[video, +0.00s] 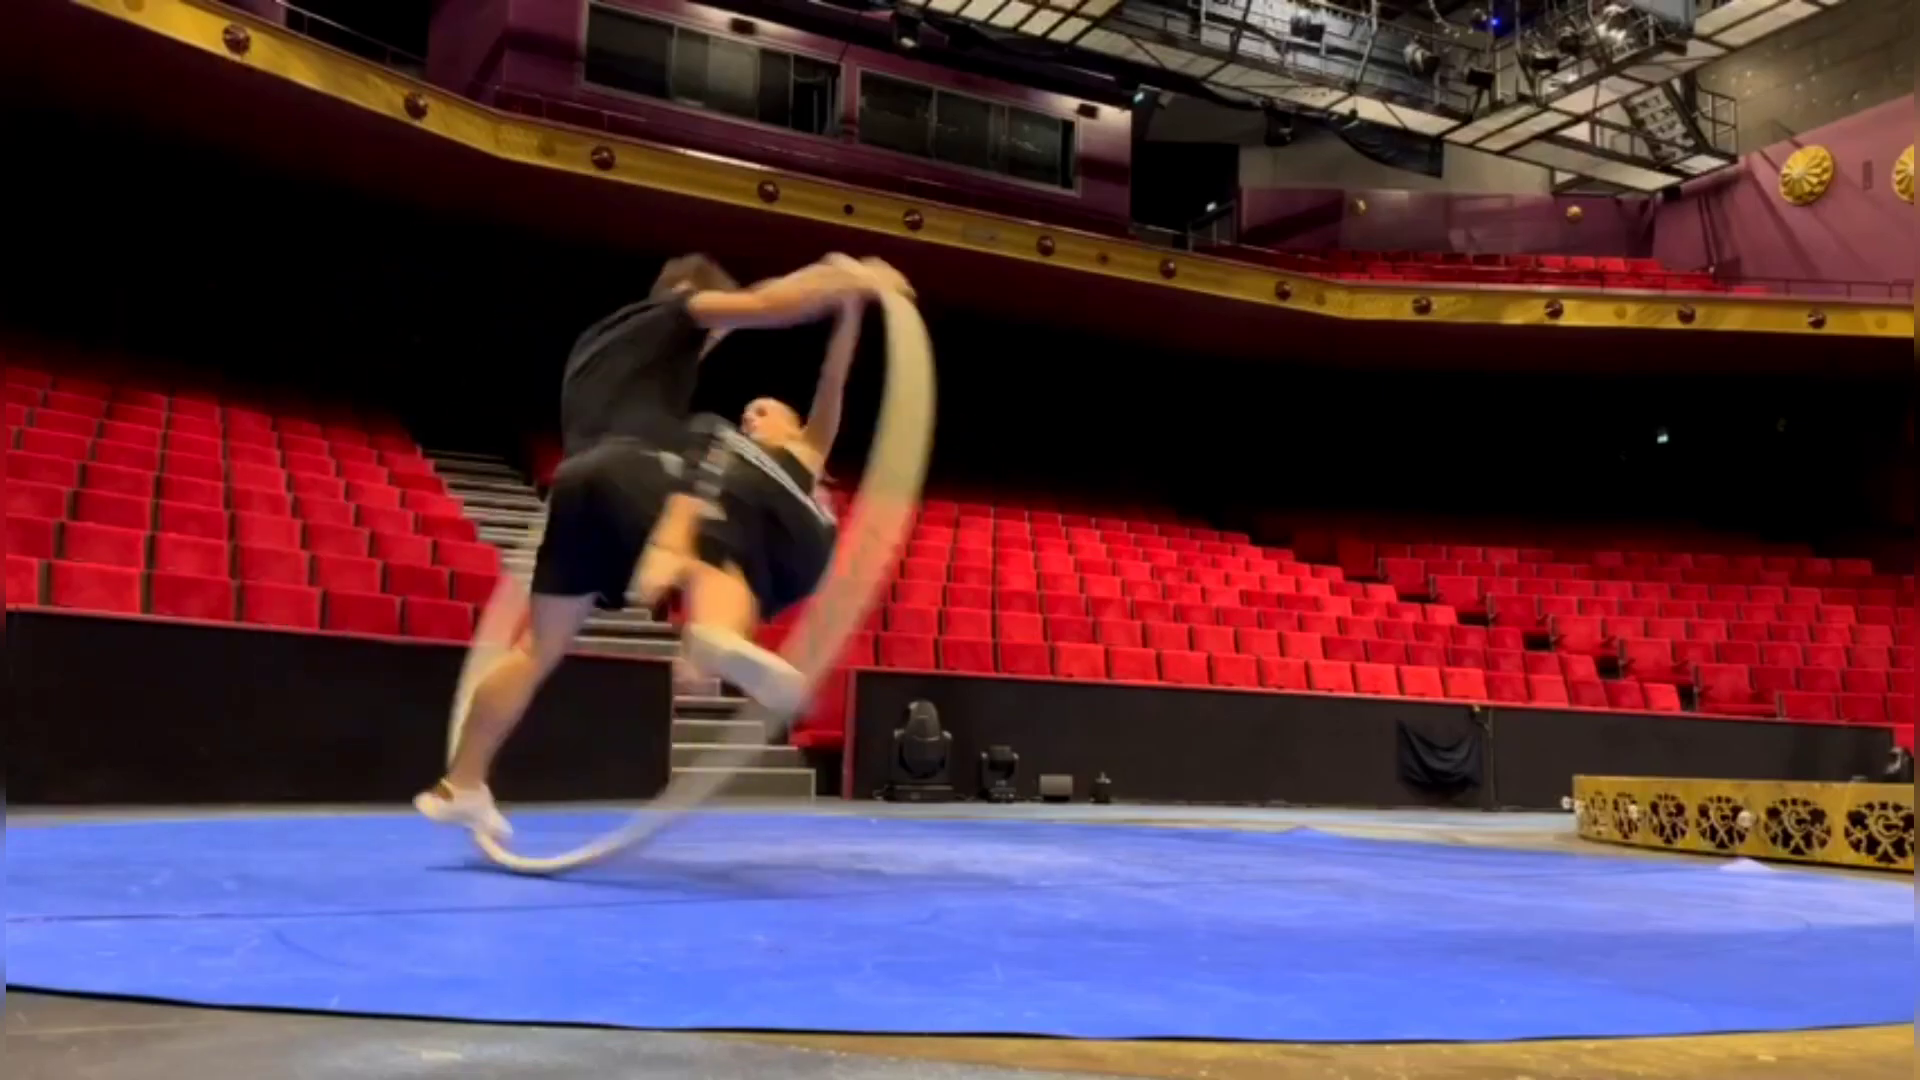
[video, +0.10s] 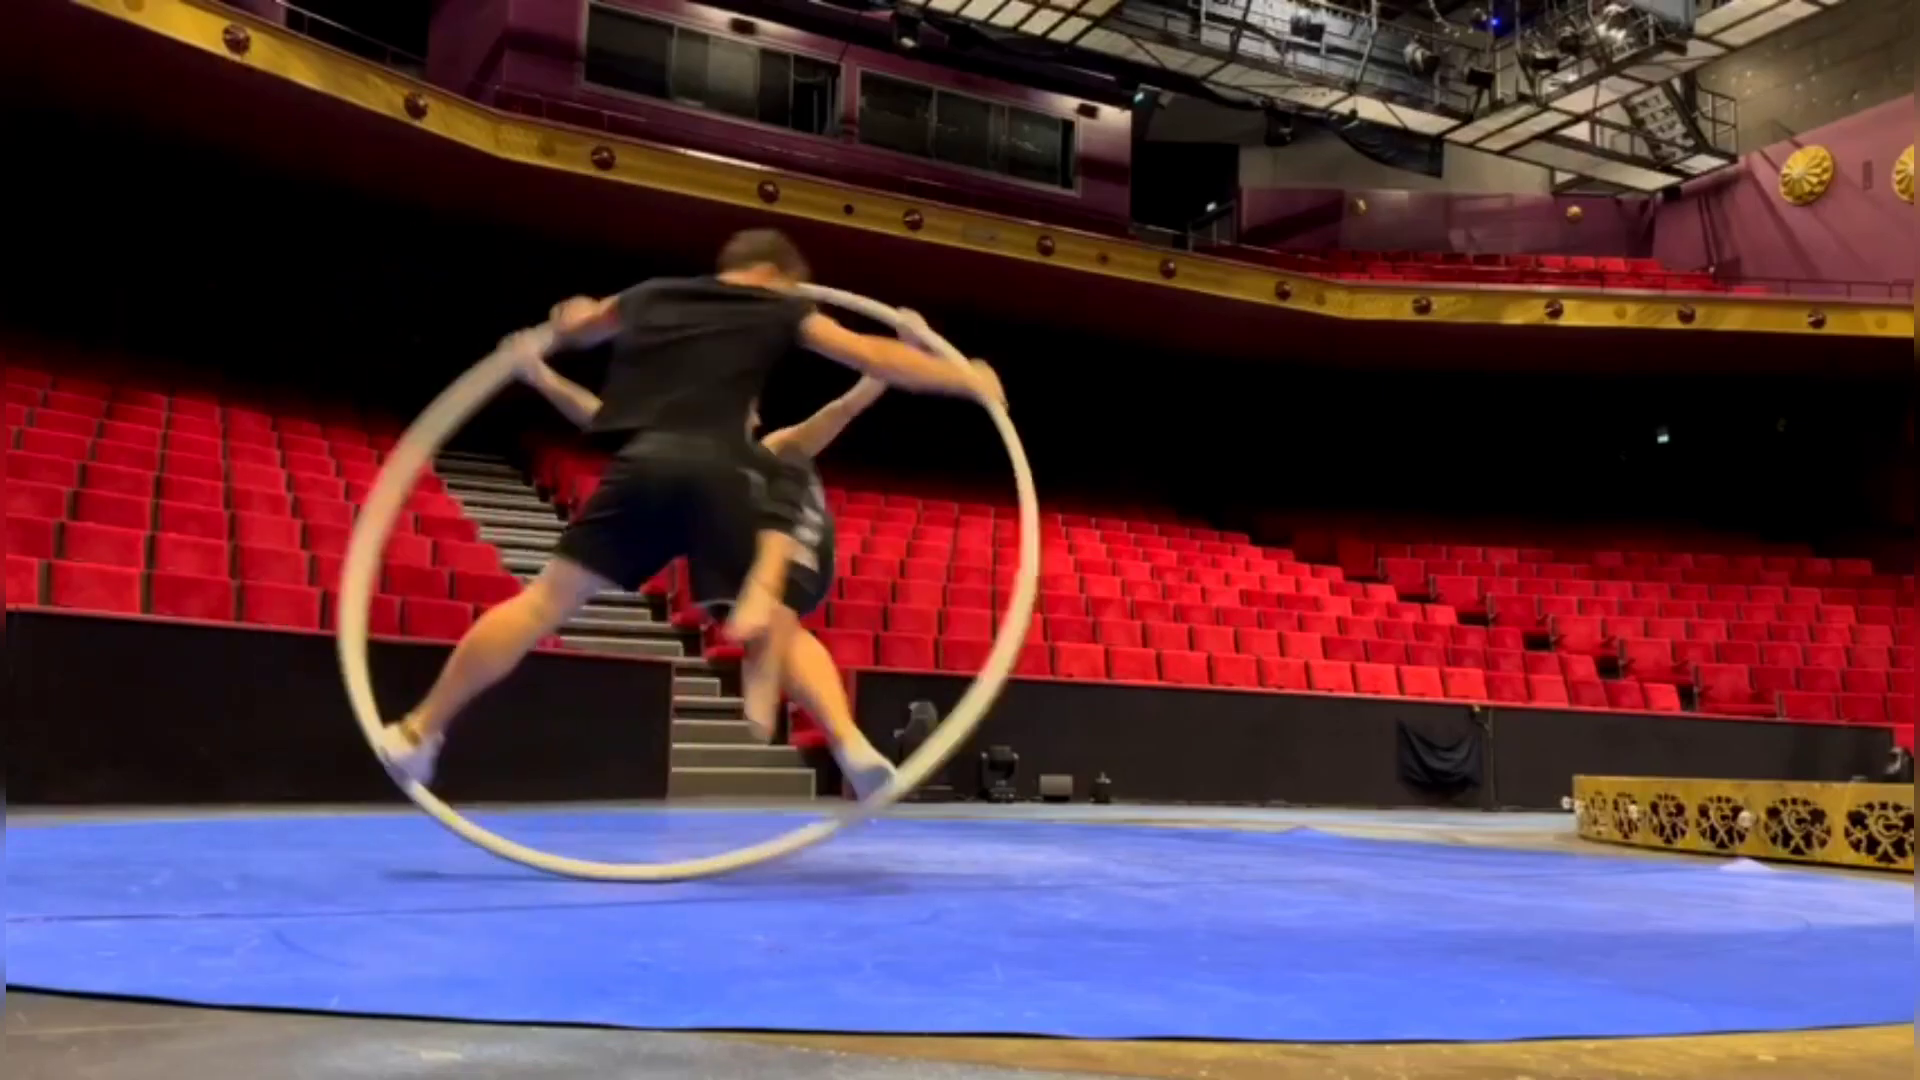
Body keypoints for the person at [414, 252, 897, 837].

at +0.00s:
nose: (719, 329)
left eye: (722, 319)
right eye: (718, 314)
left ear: (659, 293)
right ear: (695, 295)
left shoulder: (593, 354)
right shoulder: (671, 315)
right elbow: (769, 305)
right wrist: (845, 278)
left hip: (574, 488)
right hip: (643, 474)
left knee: (534, 651)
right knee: (718, 568)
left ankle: (462, 785)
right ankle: (720, 640)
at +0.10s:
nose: (795, 304)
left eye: (794, 295)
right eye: (795, 293)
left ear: (723, 270)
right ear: (772, 277)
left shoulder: (652, 296)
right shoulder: (783, 307)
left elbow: (572, 325)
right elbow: (875, 361)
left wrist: (562, 325)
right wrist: (964, 378)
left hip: (640, 467)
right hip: (727, 474)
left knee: (539, 605)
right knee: (774, 620)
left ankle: (418, 733)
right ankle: (853, 747)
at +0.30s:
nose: (729, 325)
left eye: (730, 317)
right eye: (719, 315)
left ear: (874, 292)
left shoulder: (874, 293)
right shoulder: (917, 389)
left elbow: (788, 236)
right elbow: (920, 477)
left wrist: (715, 164)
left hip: (861, 467)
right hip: (896, 517)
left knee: (747, 524)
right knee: (816, 657)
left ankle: (642, 593)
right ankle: (870, 818)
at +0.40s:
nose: (772, 287)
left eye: (767, 275)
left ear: (734, 287)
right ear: (726, 286)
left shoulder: (743, 338)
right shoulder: (733, 324)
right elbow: (797, 240)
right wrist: (827, 162)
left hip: (751, 530)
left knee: (843, 665)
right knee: (891, 511)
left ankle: (829, 837)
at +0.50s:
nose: (918, 321)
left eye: (931, 316)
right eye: (906, 317)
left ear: (950, 336)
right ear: (890, 342)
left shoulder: (983, 375)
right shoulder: (881, 412)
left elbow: (1035, 319)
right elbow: (801, 448)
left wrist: (1040, 233)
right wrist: (713, 452)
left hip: (977, 526)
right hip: (910, 550)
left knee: (984, 548)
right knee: (809, 666)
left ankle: (1092, 675)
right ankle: (779, 800)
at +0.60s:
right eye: (1002, 277)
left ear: (954, 266)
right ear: (1016, 280)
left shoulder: (915, 308)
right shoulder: (1037, 342)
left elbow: (834, 295)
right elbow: (1112, 356)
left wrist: (783, 272)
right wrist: (1172, 334)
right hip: (943, 552)